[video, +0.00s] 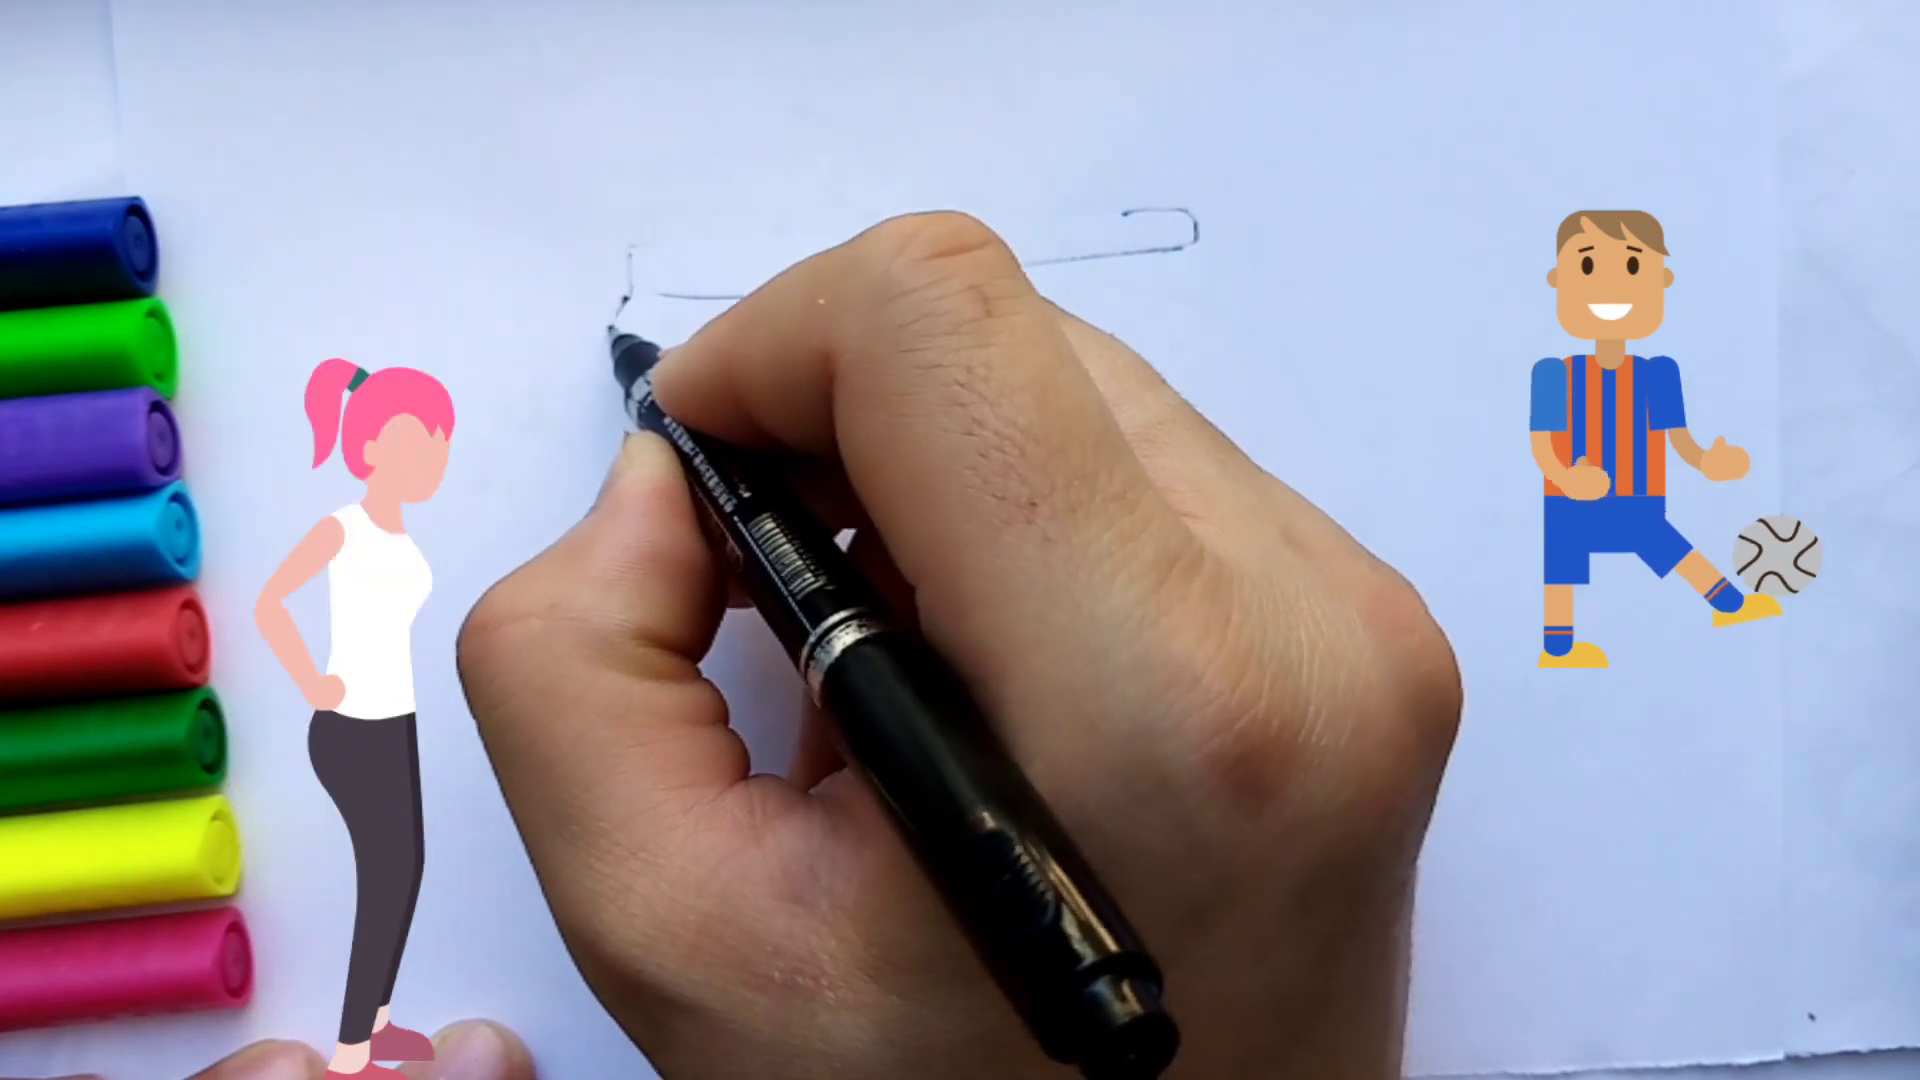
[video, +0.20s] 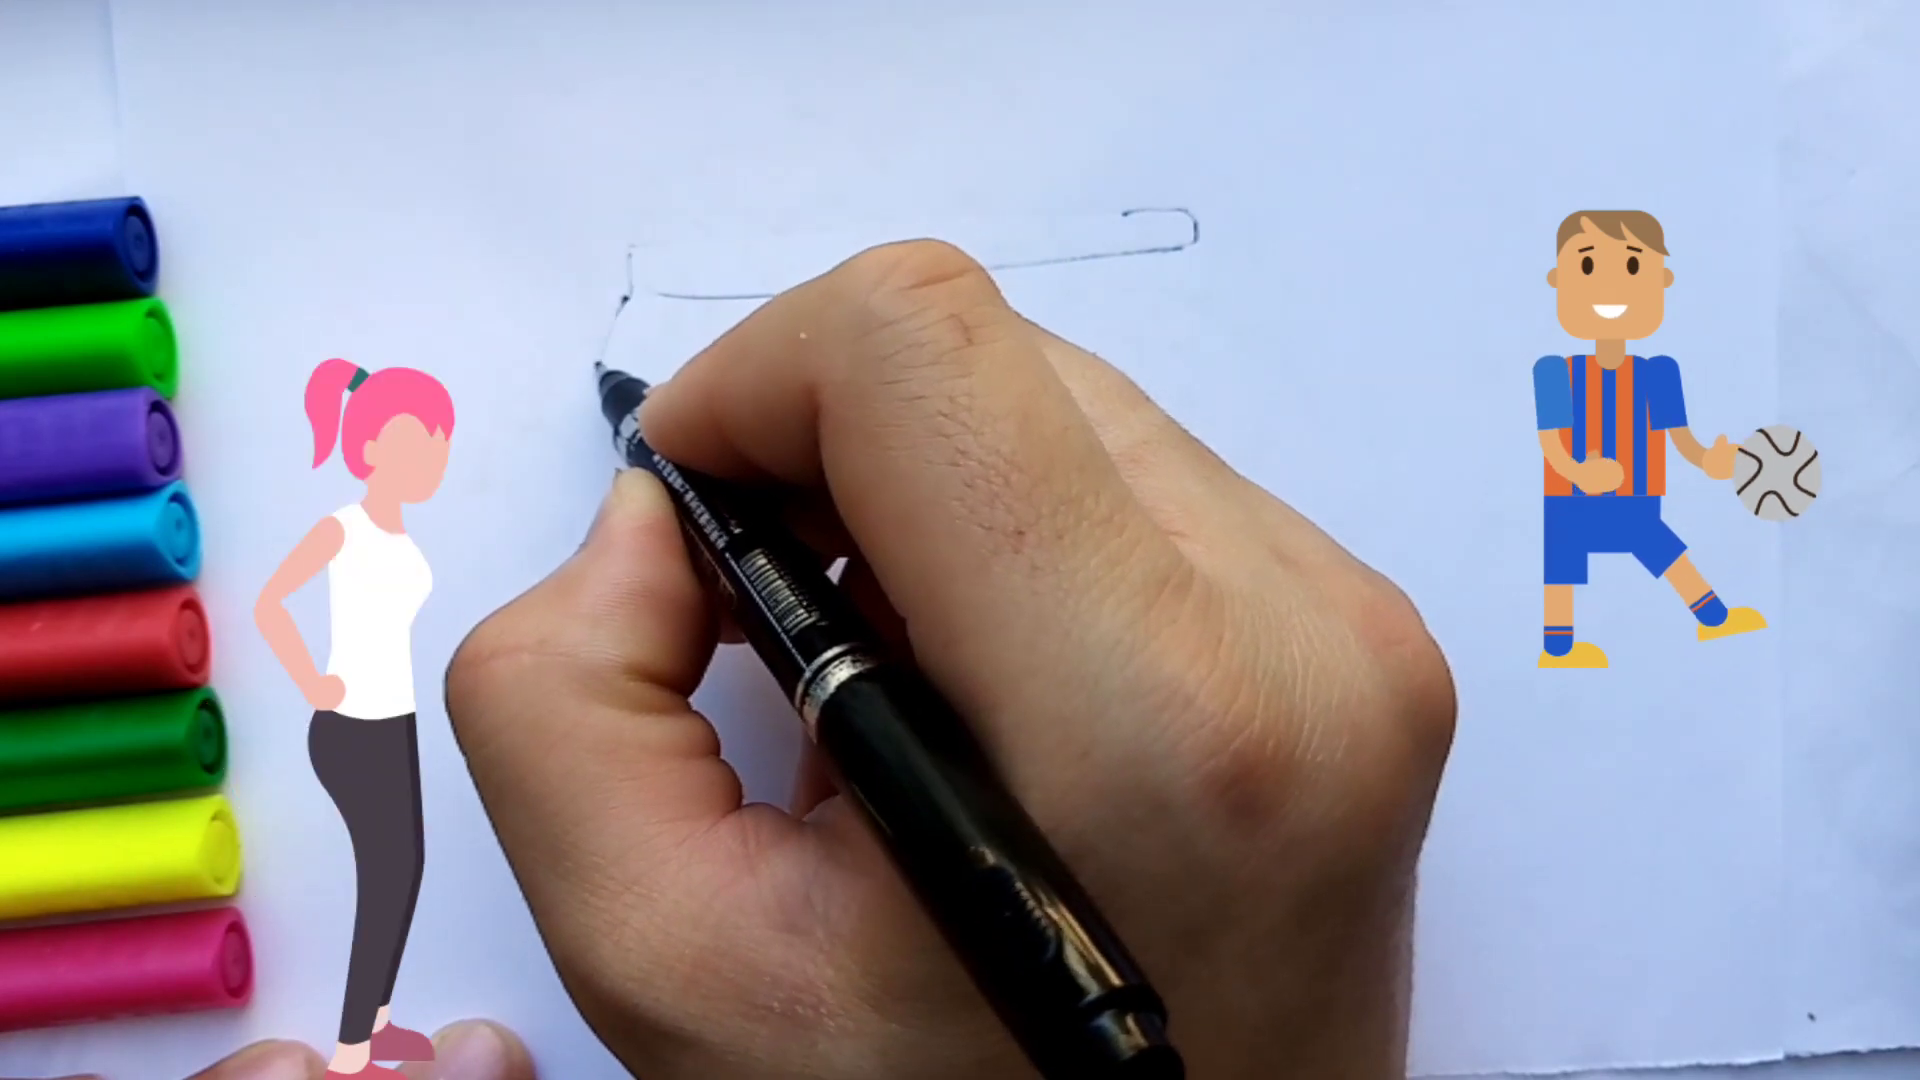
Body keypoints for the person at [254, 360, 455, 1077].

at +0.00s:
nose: (434, 459)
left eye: (438, 442)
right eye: (419, 440)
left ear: (439, 451)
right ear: (376, 447)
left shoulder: (405, 537)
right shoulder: (344, 529)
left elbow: (390, 623)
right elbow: (269, 604)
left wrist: (396, 685)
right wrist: (312, 683)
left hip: (398, 728)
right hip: (352, 729)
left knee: (405, 871)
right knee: (387, 875)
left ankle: (374, 1021)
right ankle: (350, 1048)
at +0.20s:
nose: (434, 458)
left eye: (437, 441)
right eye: (418, 440)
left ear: (439, 450)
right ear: (375, 447)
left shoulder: (406, 537)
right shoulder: (344, 529)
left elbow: (389, 620)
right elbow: (269, 604)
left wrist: (395, 682)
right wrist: (311, 682)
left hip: (398, 727)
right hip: (352, 729)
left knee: (404, 871)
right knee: (387, 875)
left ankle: (373, 1023)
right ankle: (350, 1049)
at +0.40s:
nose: (401, 590)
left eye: (404, 573)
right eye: (385, 573)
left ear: (404, 582)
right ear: (345, 578)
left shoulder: (365, 665)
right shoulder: (311, 656)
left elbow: (324, 738)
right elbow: (213, 712)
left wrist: (319, 798)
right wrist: (249, 790)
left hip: (309, 842)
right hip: (264, 849)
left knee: (392, 865)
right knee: (392, 872)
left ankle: (339, 1026)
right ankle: (350, 1055)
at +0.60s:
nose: (434, 459)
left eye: (438, 442)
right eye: (418, 440)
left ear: (440, 452)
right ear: (375, 447)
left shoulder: (404, 536)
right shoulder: (343, 529)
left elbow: (387, 623)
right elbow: (269, 605)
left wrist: (397, 687)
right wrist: (312, 684)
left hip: (397, 730)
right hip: (352, 732)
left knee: (405, 872)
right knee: (387, 878)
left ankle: (373, 1019)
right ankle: (349, 1049)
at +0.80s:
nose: (435, 458)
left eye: (438, 441)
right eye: (419, 439)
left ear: (440, 452)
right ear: (374, 447)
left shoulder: (404, 535)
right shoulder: (343, 529)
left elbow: (384, 622)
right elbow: (268, 606)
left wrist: (395, 686)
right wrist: (312, 684)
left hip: (397, 730)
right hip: (353, 732)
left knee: (406, 870)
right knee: (386, 877)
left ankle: (374, 1019)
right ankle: (349, 1051)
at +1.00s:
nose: (405, 589)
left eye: (406, 572)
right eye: (391, 571)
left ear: (403, 580)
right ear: (347, 578)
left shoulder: (364, 663)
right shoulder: (312, 655)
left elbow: (322, 739)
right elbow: (214, 712)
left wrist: (317, 799)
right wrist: (249, 791)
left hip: (308, 842)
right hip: (264, 851)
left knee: (390, 865)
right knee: (392, 872)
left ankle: (341, 1021)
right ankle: (350, 1053)